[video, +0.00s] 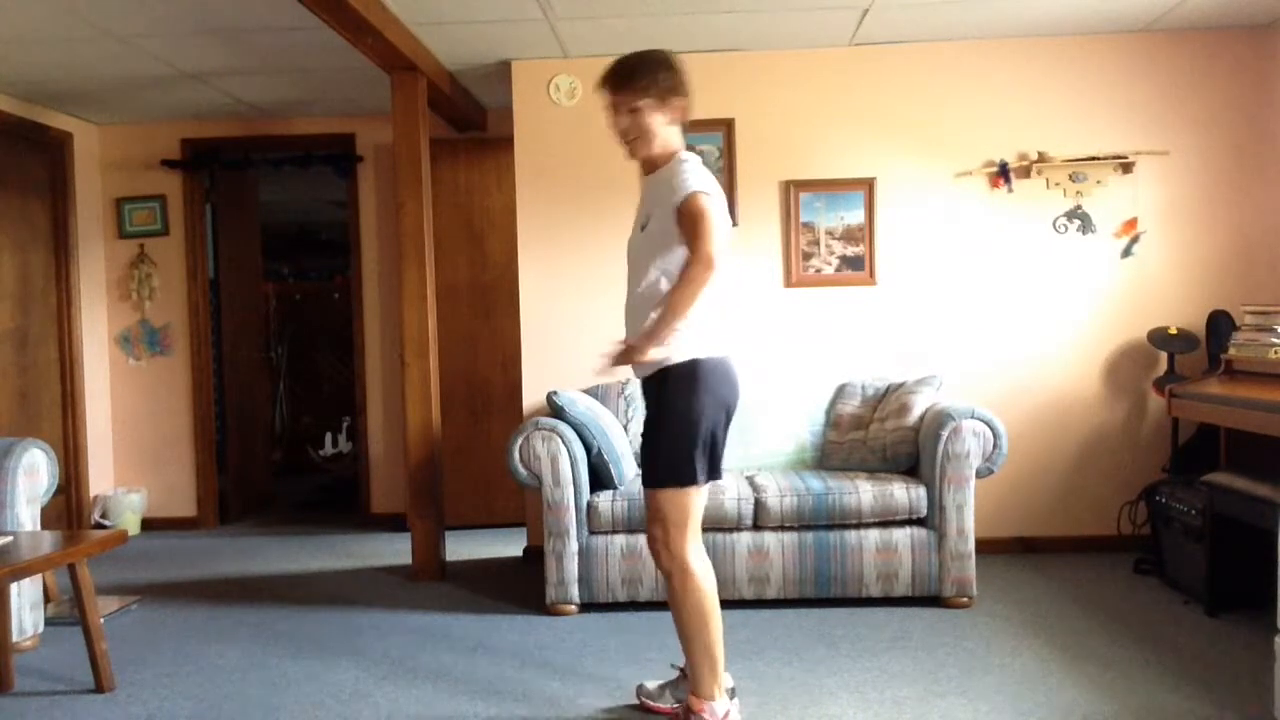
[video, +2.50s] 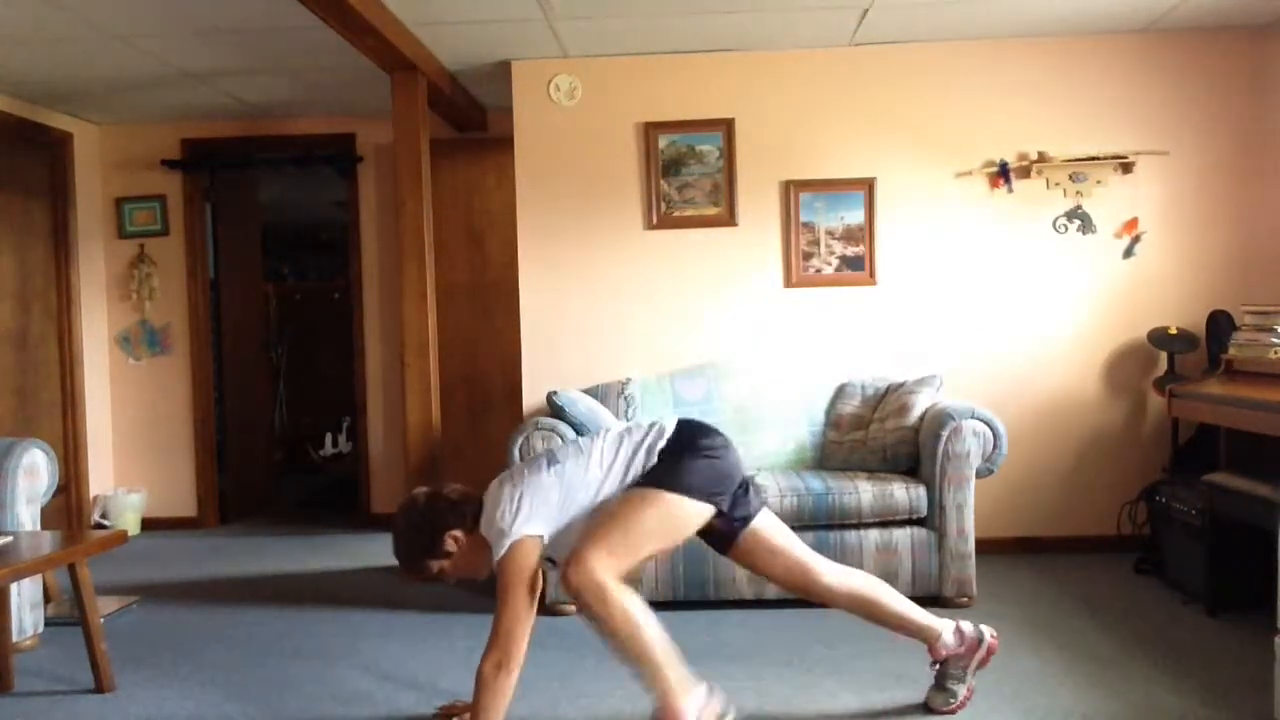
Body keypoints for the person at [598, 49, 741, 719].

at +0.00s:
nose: (625, 127)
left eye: (637, 111)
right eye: (617, 116)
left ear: (676, 109)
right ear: (614, 119)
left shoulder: (686, 174)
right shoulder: (660, 182)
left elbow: (707, 255)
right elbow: (671, 273)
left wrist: (653, 334)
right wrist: (640, 342)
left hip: (691, 374)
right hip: (676, 374)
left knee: (674, 543)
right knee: (669, 541)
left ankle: (711, 696)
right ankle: (703, 679)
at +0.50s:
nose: (477, 415)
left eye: (477, 401)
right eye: (471, 404)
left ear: (507, 382)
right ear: (510, 377)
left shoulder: (557, 415)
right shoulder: (564, 392)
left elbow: (523, 543)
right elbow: (535, 532)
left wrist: (469, 650)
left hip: (754, 443)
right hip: (754, 434)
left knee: (639, 578)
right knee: (658, 555)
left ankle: (706, 714)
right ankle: (707, 683)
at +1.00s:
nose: (457, 577)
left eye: (445, 569)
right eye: (447, 574)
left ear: (450, 538)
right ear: (458, 523)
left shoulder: (496, 516)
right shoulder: (513, 503)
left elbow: (498, 656)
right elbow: (519, 621)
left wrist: (480, 714)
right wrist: (486, 704)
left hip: (674, 429)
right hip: (687, 419)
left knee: (595, 602)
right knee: (637, 564)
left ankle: (696, 713)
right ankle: (736, 649)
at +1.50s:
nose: (435, 566)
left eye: (428, 556)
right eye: (426, 558)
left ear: (449, 527)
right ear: (457, 501)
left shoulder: (522, 510)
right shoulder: (514, 487)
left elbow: (508, 640)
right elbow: (516, 622)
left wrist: (487, 714)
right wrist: (484, 699)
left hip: (693, 496)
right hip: (704, 491)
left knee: (589, 599)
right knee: (832, 590)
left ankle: (699, 714)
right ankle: (968, 644)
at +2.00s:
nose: (445, 566)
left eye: (437, 556)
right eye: (437, 556)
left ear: (455, 531)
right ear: (466, 504)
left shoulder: (520, 526)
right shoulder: (523, 489)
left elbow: (514, 641)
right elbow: (518, 617)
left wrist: (482, 714)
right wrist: (488, 697)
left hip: (718, 521)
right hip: (713, 495)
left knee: (858, 615)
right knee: (854, 598)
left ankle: (1026, 662)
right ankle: (975, 654)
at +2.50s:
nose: (458, 581)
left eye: (446, 573)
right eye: (448, 576)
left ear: (457, 542)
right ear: (461, 528)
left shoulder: (517, 517)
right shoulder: (516, 486)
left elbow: (502, 654)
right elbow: (517, 630)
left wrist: (481, 716)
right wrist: (483, 699)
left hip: (687, 460)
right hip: (703, 466)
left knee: (588, 569)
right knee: (817, 577)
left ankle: (684, 699)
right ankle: (950, 638)